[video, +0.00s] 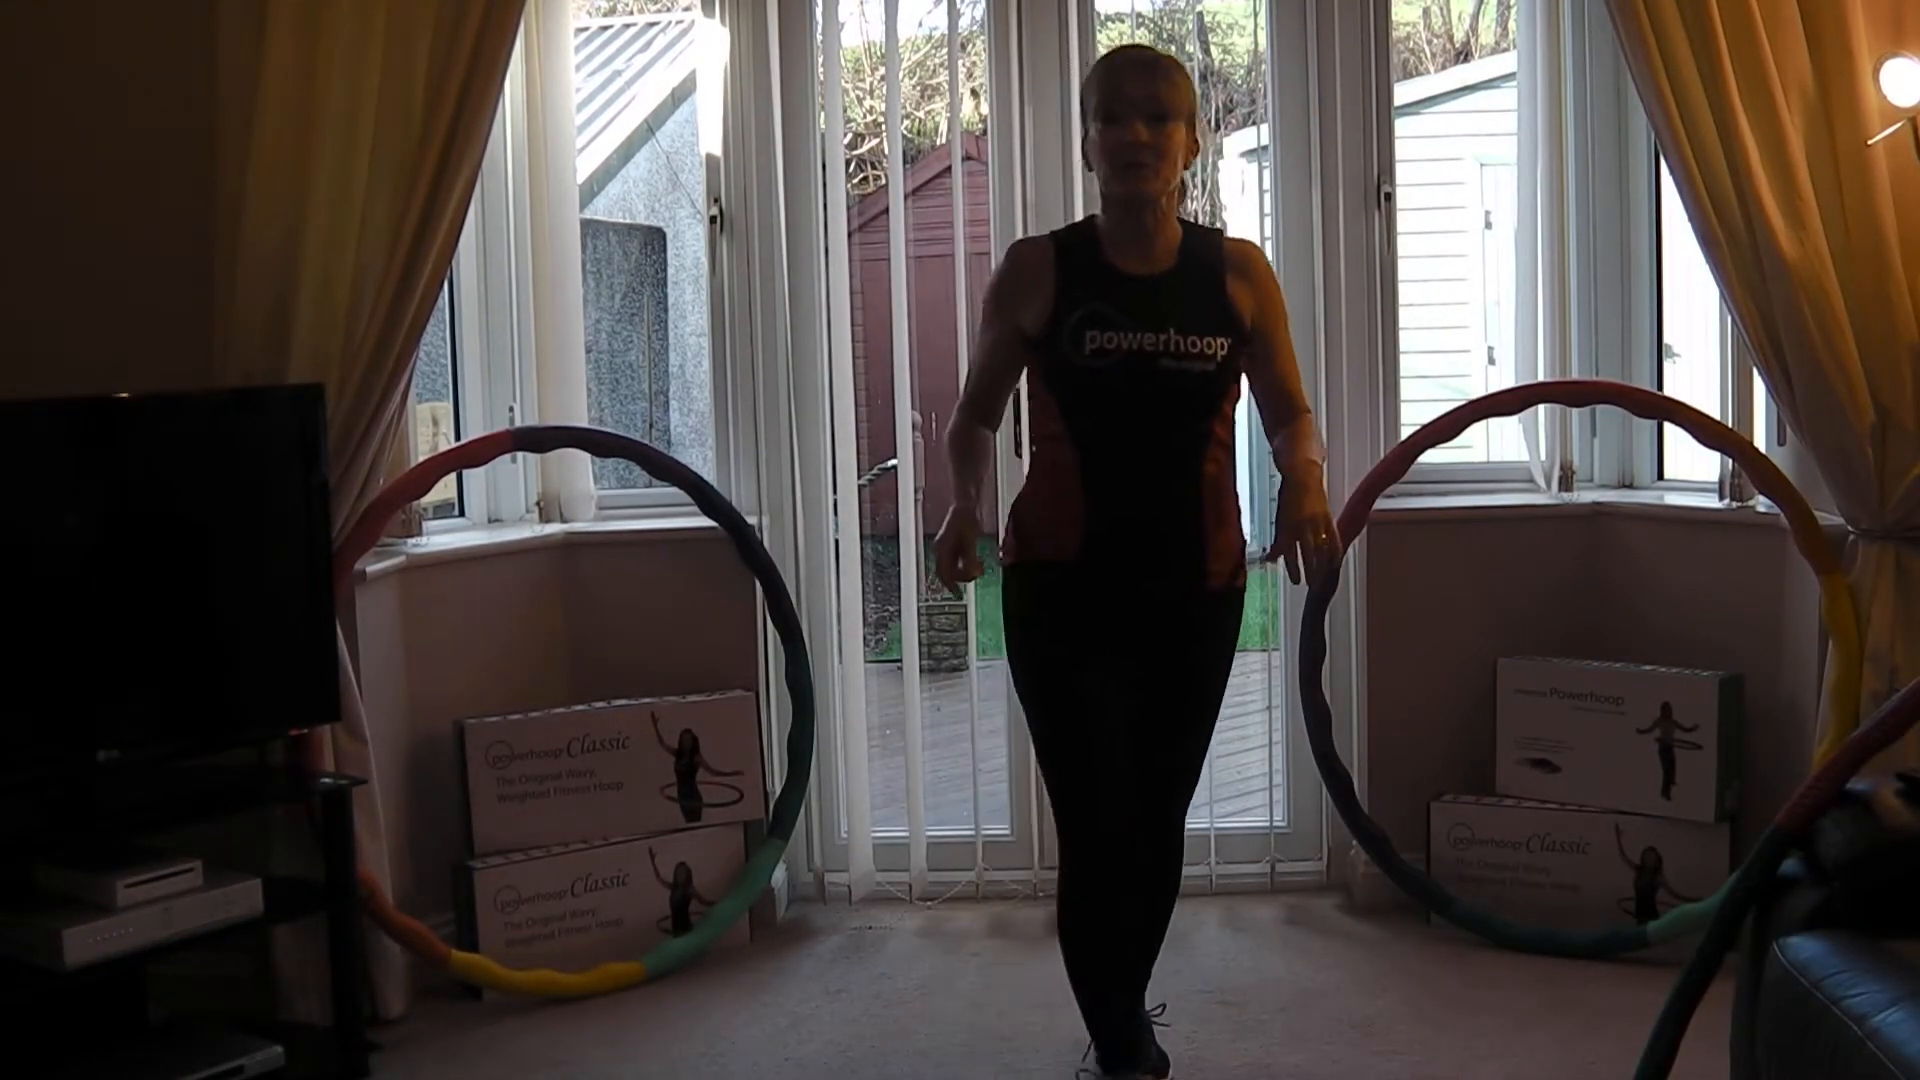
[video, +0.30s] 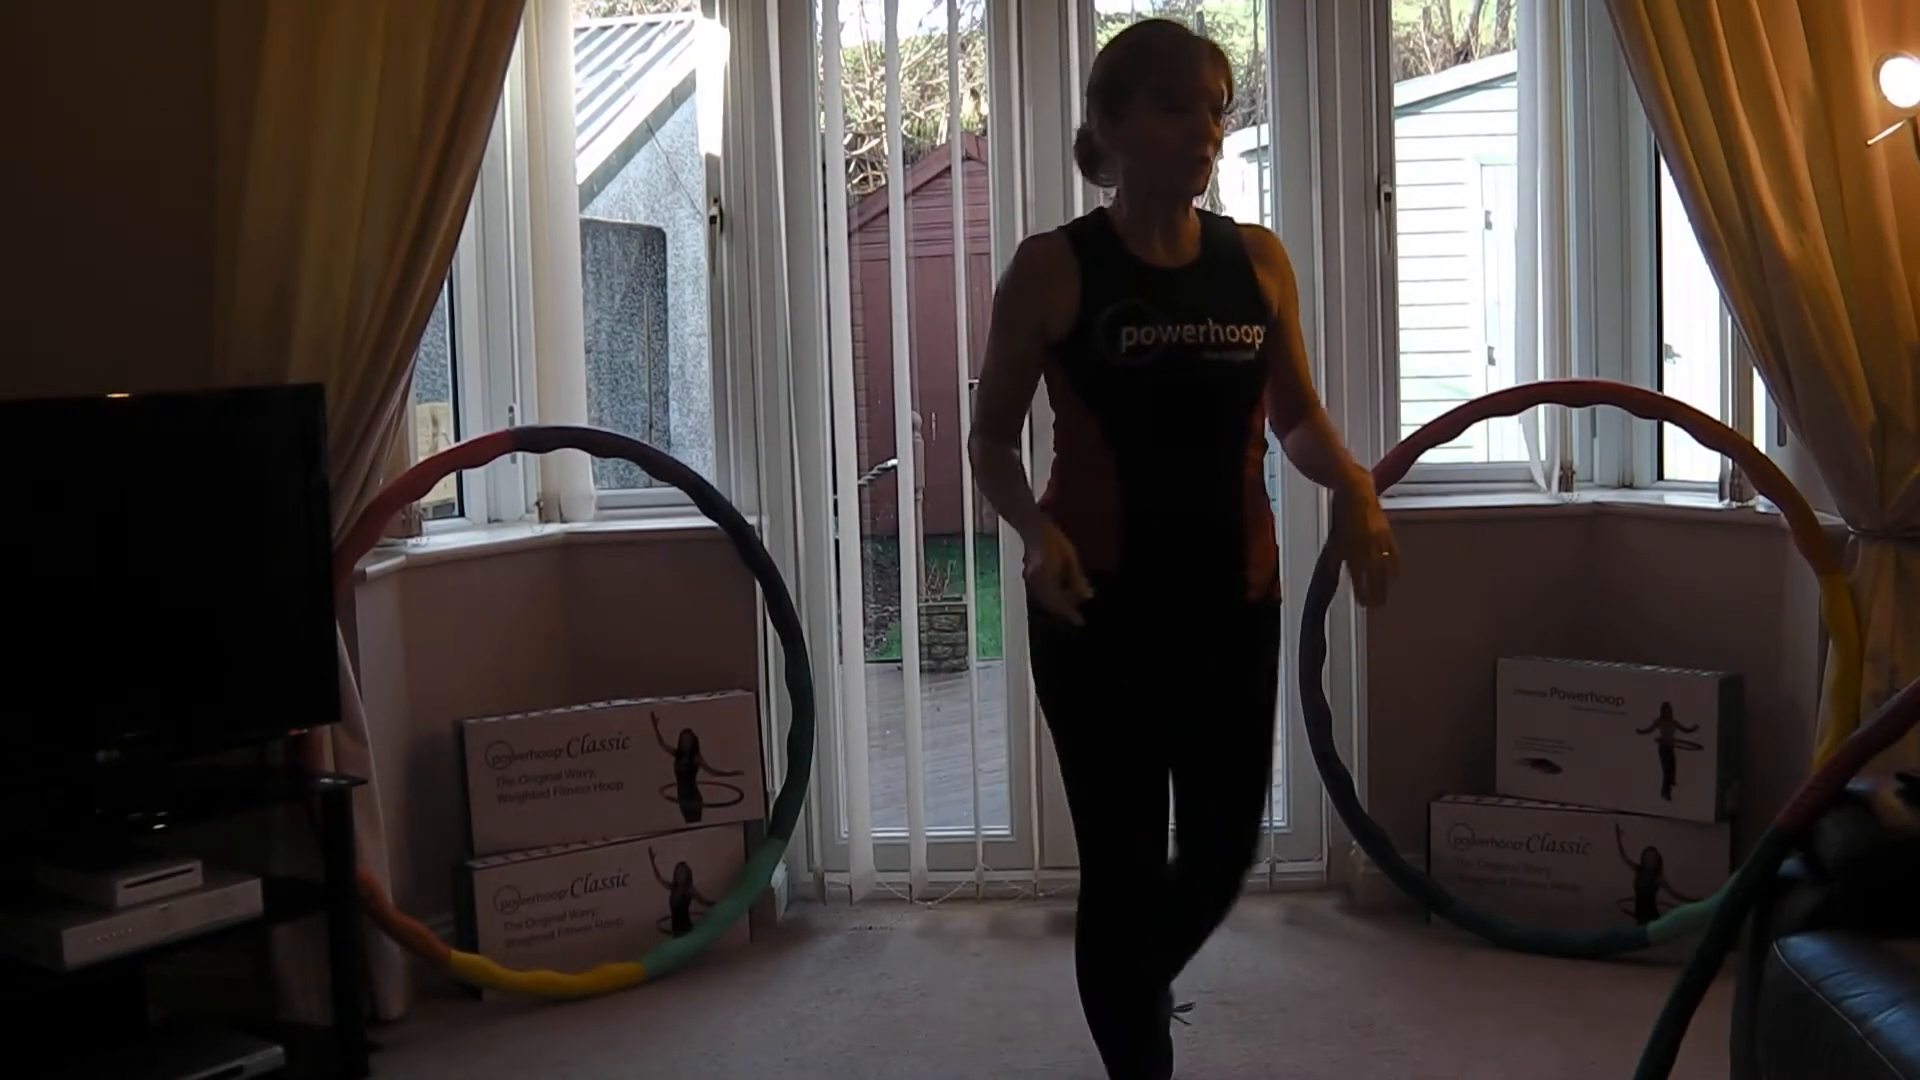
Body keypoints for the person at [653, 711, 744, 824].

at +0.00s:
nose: (685, 742)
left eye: (688, 739)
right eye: (683, 739)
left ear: (693, 741)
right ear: (680, 741)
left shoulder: (696, 757)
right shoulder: (678, 754)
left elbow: (712, 772)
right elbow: (662, 744)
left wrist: (732, 774)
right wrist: (655, 725)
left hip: (693, 794)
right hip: (682, 795)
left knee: (695, 828)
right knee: (690, 828)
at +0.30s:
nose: (685, 742)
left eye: (688, 739)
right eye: (683, 739)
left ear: (693, 741)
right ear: (680, 741)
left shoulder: (695, 757)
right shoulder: (677, 754)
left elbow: (712, 772)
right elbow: (662, 744)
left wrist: (732, 774)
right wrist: (655, 725)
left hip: (693, 794)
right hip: (682, 795)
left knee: (695, 828)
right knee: (691, 828)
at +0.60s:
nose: (685, 742)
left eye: (688, 739)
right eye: (683, 739)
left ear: (693, 741)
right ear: (679, 741)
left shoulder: (695, 757)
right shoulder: (678, 754)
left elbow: (712, 772)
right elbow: (662, 744)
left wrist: (733, 774)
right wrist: (655, 726)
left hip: (693, 794)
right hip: (682, 795)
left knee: (695, 828)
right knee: (691, 828)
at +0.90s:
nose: (686, 742)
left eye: (689, 739)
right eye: (683, 739)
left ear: (694, 741)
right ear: (680, 741)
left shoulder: (696, 757)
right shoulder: (678, 755)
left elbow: (712, 772)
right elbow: (663, 745)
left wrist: (733, 774)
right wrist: (655, 726)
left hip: (693, 794)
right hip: (682, 794)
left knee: (696, 828)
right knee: (691, 828)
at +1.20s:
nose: (686, 742)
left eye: (689, 739)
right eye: (684, 739)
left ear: (694, 742)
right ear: (680, 741)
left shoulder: (696, 758)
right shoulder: (678, 755)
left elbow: (713, 772)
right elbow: (663, 745)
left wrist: (733, 774)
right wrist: (656, 726)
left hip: (693, 794)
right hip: (682, 795)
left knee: (696, 828)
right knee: (691, 828)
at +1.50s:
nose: (686, 742)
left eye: (689, 739)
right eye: (684, 739)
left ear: (694, 741)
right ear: (680, 741)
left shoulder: (696, 757)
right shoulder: (678, 755)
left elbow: (712, 771)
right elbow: (663, 745)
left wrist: (733, 774)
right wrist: (655, 726)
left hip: (693, 794)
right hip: (682, 795)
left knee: (696, 828)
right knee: (691, 828)